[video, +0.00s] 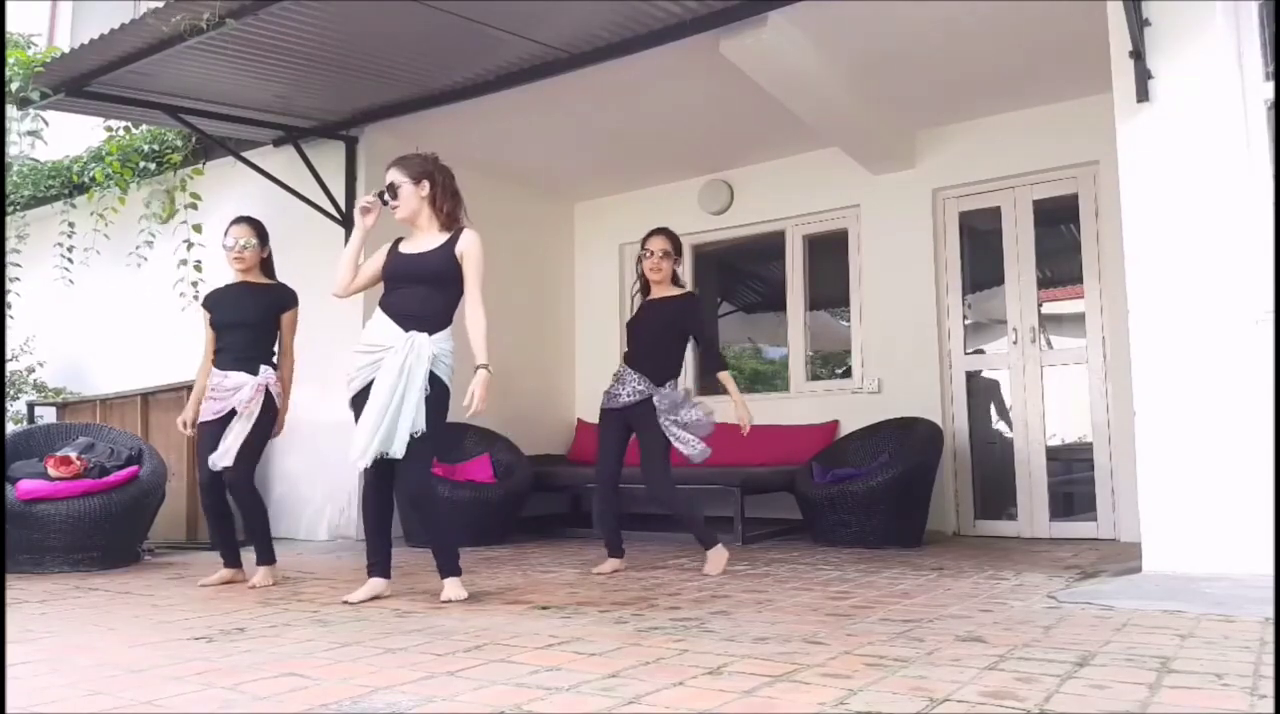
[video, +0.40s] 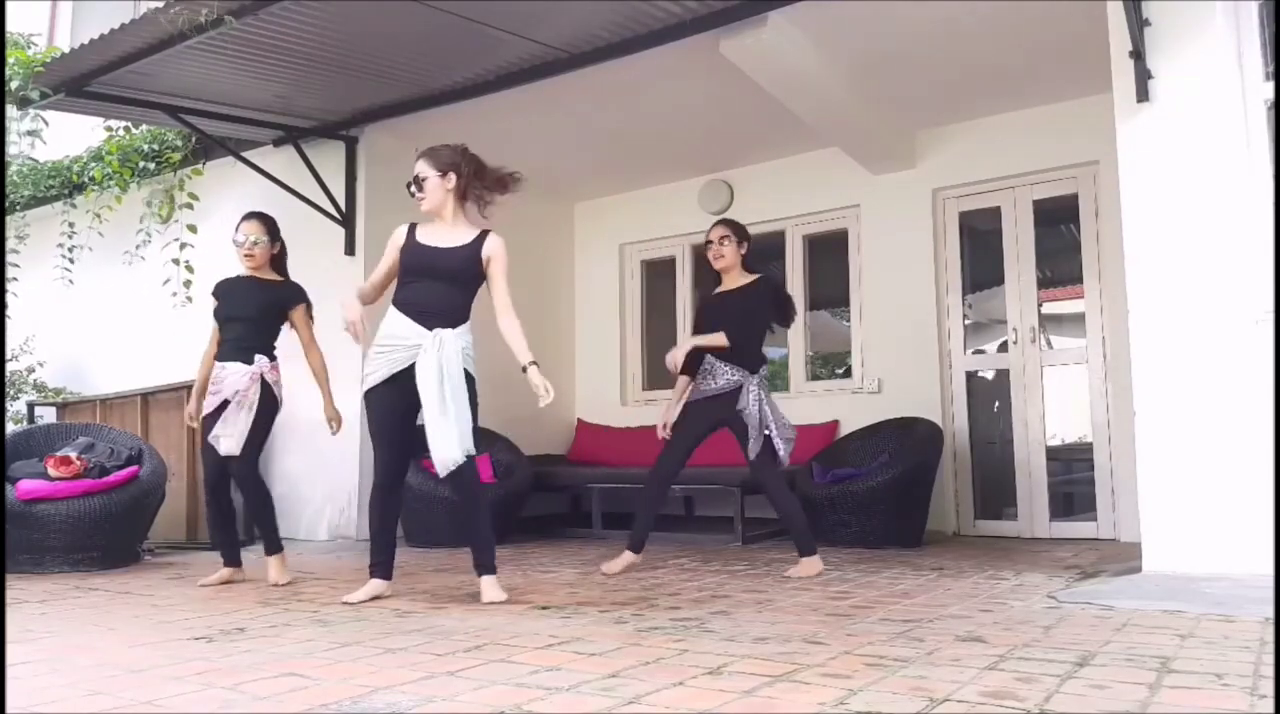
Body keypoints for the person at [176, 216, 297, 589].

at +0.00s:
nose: (237, 251)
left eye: (246, 244)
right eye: (231, 245)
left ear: (263, 250)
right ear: (224, 251)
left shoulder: (281, 295)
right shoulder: (215, 299)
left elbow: (286, 356)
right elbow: (209, 358)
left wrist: (283, 406)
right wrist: (192, 404)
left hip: (260, 393)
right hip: (217, 393)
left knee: (239, 476)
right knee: (208, 479)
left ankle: (265, 564)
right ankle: (231, 565)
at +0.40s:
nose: (247, 248)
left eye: (257, 241)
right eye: (241, 241)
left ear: (274, 247)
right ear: (234, 246)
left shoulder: (288, 291)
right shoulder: (225, 289)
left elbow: (311, 347)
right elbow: (214, 345)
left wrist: (328, 401)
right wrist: (196, 395)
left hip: (259, 387)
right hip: (220, 386)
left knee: (243, 466)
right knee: (214, 475)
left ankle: (274, 555)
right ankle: (231, 564)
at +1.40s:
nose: (318, 266)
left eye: (326, 260)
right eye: (312, 259)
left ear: (337, 266)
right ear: (301, 263)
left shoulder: (339, 307)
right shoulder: (278, 298)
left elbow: (356, 319)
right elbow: (255, 335)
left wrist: (346, 284)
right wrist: (262, 356)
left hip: (323, 396)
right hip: (281, 395)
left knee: (360, 474)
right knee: (251, 483)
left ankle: (369, 554)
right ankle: (248, 564)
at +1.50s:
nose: (330, 271)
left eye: (338, 265)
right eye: (324, 264)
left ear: (348, 273)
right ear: (312, 268)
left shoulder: (347, 313)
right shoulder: (288, 302)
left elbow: (360, 321)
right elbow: (281, 329)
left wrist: (355, 288)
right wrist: (296, 338)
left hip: (336, 399)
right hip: (294, 399)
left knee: (358, 480)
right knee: (254, 485)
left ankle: (379, 560)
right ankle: (251, 565)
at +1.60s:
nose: (343, 271)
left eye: (350, 265)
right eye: (335, 264)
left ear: (359, 273)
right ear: (322, 269)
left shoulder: (358, 310)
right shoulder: (299, 298)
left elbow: (369, 312)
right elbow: (293, 305)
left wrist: (365, 282)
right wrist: (310, 304)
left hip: (347, 400)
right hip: (305, 400)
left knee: (363, 483)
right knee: (255, 485)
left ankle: (380, 560)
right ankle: (247, 559)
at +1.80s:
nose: (348, 268)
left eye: (356, 262)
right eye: (341, 262)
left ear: (363, 270)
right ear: (328, 267)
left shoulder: (360, 310)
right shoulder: (306, 297)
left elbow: (374, 306)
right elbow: (295, 304)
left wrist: (368, 281)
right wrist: (317, 310)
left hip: (355, 397)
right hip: (313, 399)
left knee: (364, 478)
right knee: (257, 475)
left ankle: (380, 559)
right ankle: (279, 562)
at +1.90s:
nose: (337, 270)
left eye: (344, 263)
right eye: (329, 264)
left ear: (352, 269)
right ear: (316, 269)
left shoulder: (360, 309)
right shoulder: (299, 310)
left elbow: (369, 310)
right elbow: (296, 331)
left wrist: (358, 285)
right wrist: (300, 346)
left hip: (351, 401)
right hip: (309, 401)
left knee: (363, 481)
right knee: (256, 481)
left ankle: (380, 560)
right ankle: (262, 557)